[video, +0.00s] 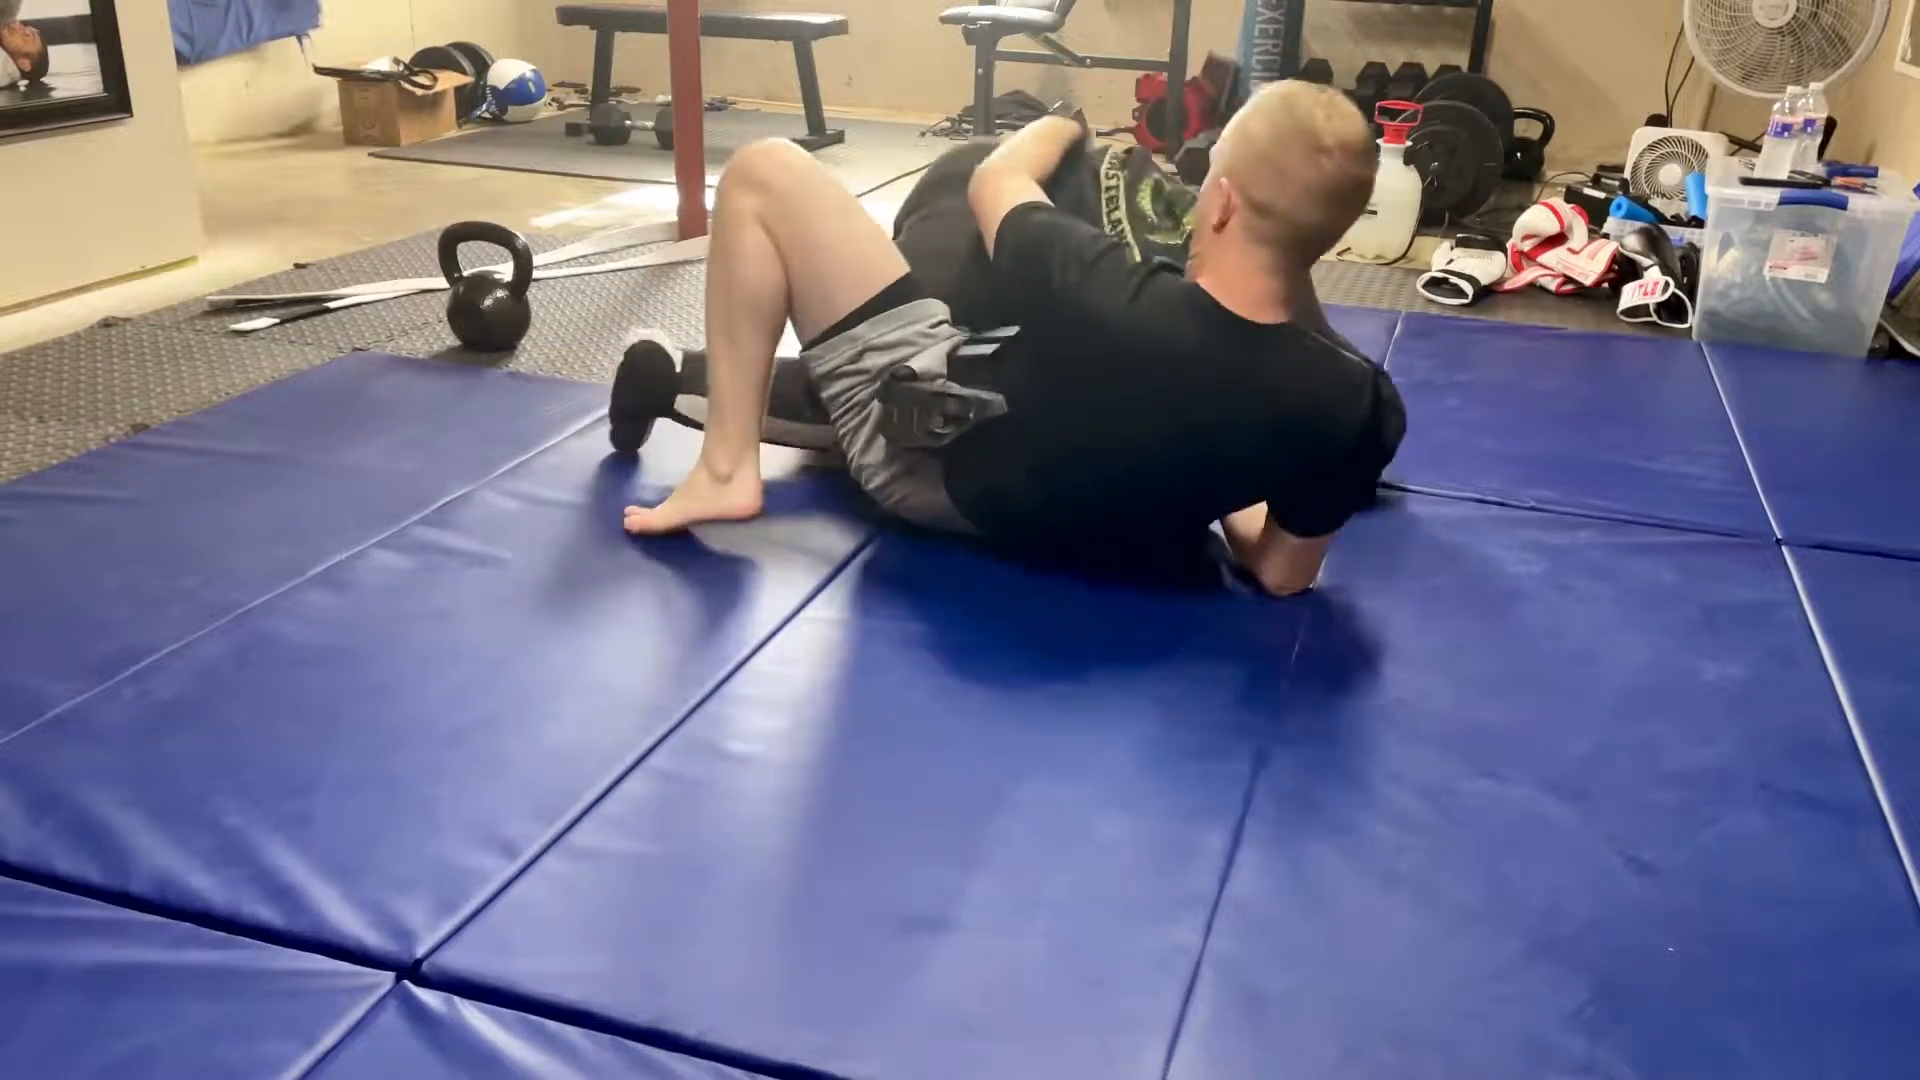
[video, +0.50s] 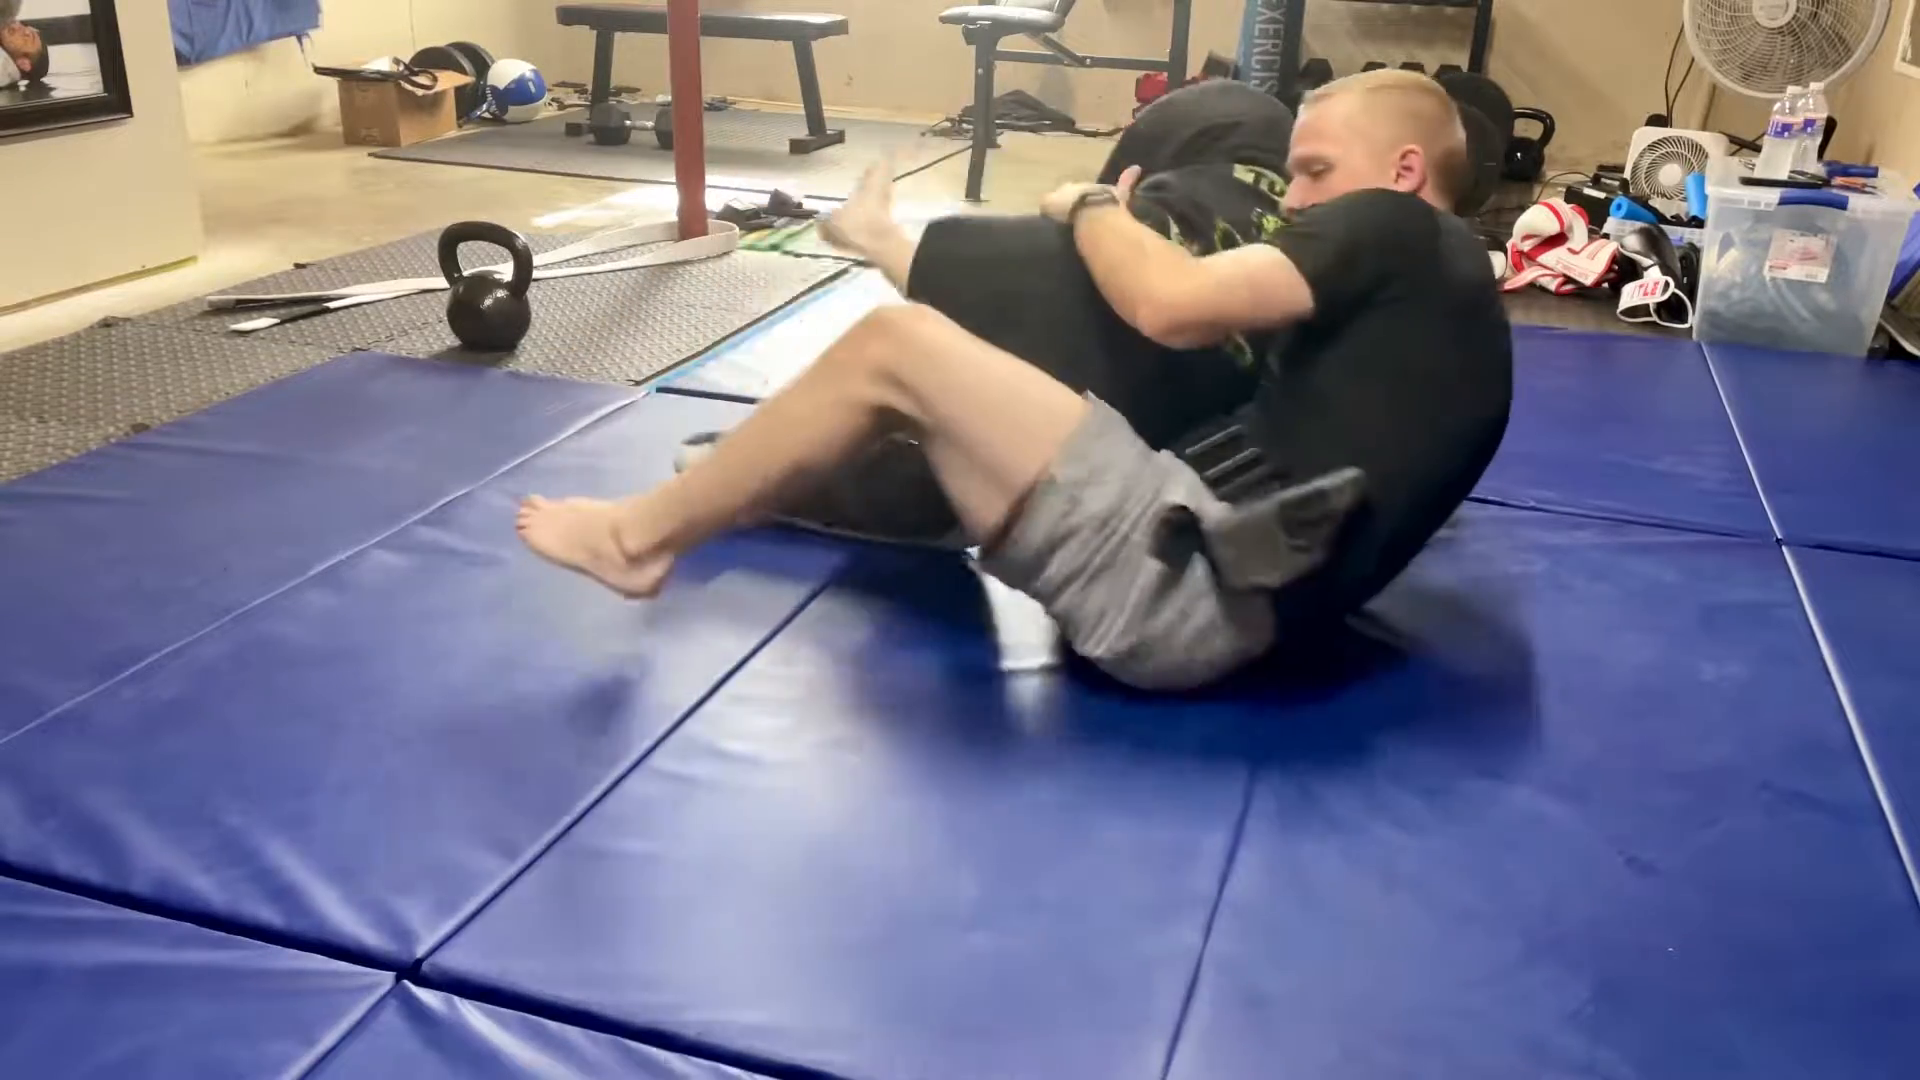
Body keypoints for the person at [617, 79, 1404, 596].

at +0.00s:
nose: (1204, 189)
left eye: (1211, 175)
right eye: (1213, 172)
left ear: (1220, 202)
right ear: (1339, 237)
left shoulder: (1090, 285)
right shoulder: (1355, 409)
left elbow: (997, 186)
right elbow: (1283, 573)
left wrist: (1055, 127)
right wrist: (1238, 499)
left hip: (941, 480)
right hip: (1109, 538)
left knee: (763, 168)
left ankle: (726, 468)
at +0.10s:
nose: (1228, 199)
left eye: (1240, 186)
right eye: (1243, 182)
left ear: (1254, 218)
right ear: (1364, 256)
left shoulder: (1117, 306)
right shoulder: (1374, 396)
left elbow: (1004, 185)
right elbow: (1285, 573)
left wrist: (1077, 113)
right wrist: (1219, 494)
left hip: (952, 479)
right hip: (1107, 532)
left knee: (763, 184)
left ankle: (727, 480)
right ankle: (732, 392)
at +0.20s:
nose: (1263, 200)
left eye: (1277, 183)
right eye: (1278, 180)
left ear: (1304, 211)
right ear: (1402, 250)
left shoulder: (1167, 310)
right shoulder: (1397, 403)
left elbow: (1014, 187)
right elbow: (1286, 573)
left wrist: (1087, 112)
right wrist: (1215, 480)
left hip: (958, 488)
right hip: (1094, 536)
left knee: (765, 203)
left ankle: (722, 487)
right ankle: (734, 404)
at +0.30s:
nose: (1296, 195)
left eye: (1314, 173)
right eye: (1311, 171)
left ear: (1367, 196)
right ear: (1417, 218)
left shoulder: (1246, 284)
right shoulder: (1430, 398)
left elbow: (1038, 198)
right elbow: (1289, 574)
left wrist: (1094, 118)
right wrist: (1235, 461)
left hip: (978, 490)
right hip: (1087, 552)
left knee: (760, 226)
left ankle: (718, 499)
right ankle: (752, 415)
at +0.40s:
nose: (1310, 187)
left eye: (1333, 167)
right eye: (1320, 165)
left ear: (1414, 182)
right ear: (1438, 193)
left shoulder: (1363, 244)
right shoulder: (1462, 371)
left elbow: (1107, 246)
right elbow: (1308, 570)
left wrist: (1089, 156)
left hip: (1080, 518)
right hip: (1157, 584)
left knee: (797, 264)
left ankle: (663, 493)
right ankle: (744, 429)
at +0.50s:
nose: (1290, 193)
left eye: (1314, 166)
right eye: (1297, 168)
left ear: (1408, 163)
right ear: (1419, 177)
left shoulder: (1396, 235)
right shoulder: (1461, 304)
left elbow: (1171, 304)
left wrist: (1091, 215)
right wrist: (1170, 258)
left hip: (1202, 580)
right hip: (1248, 592)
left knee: (898, 341)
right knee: (914, 385)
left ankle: (638, 534)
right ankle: (718, 496)